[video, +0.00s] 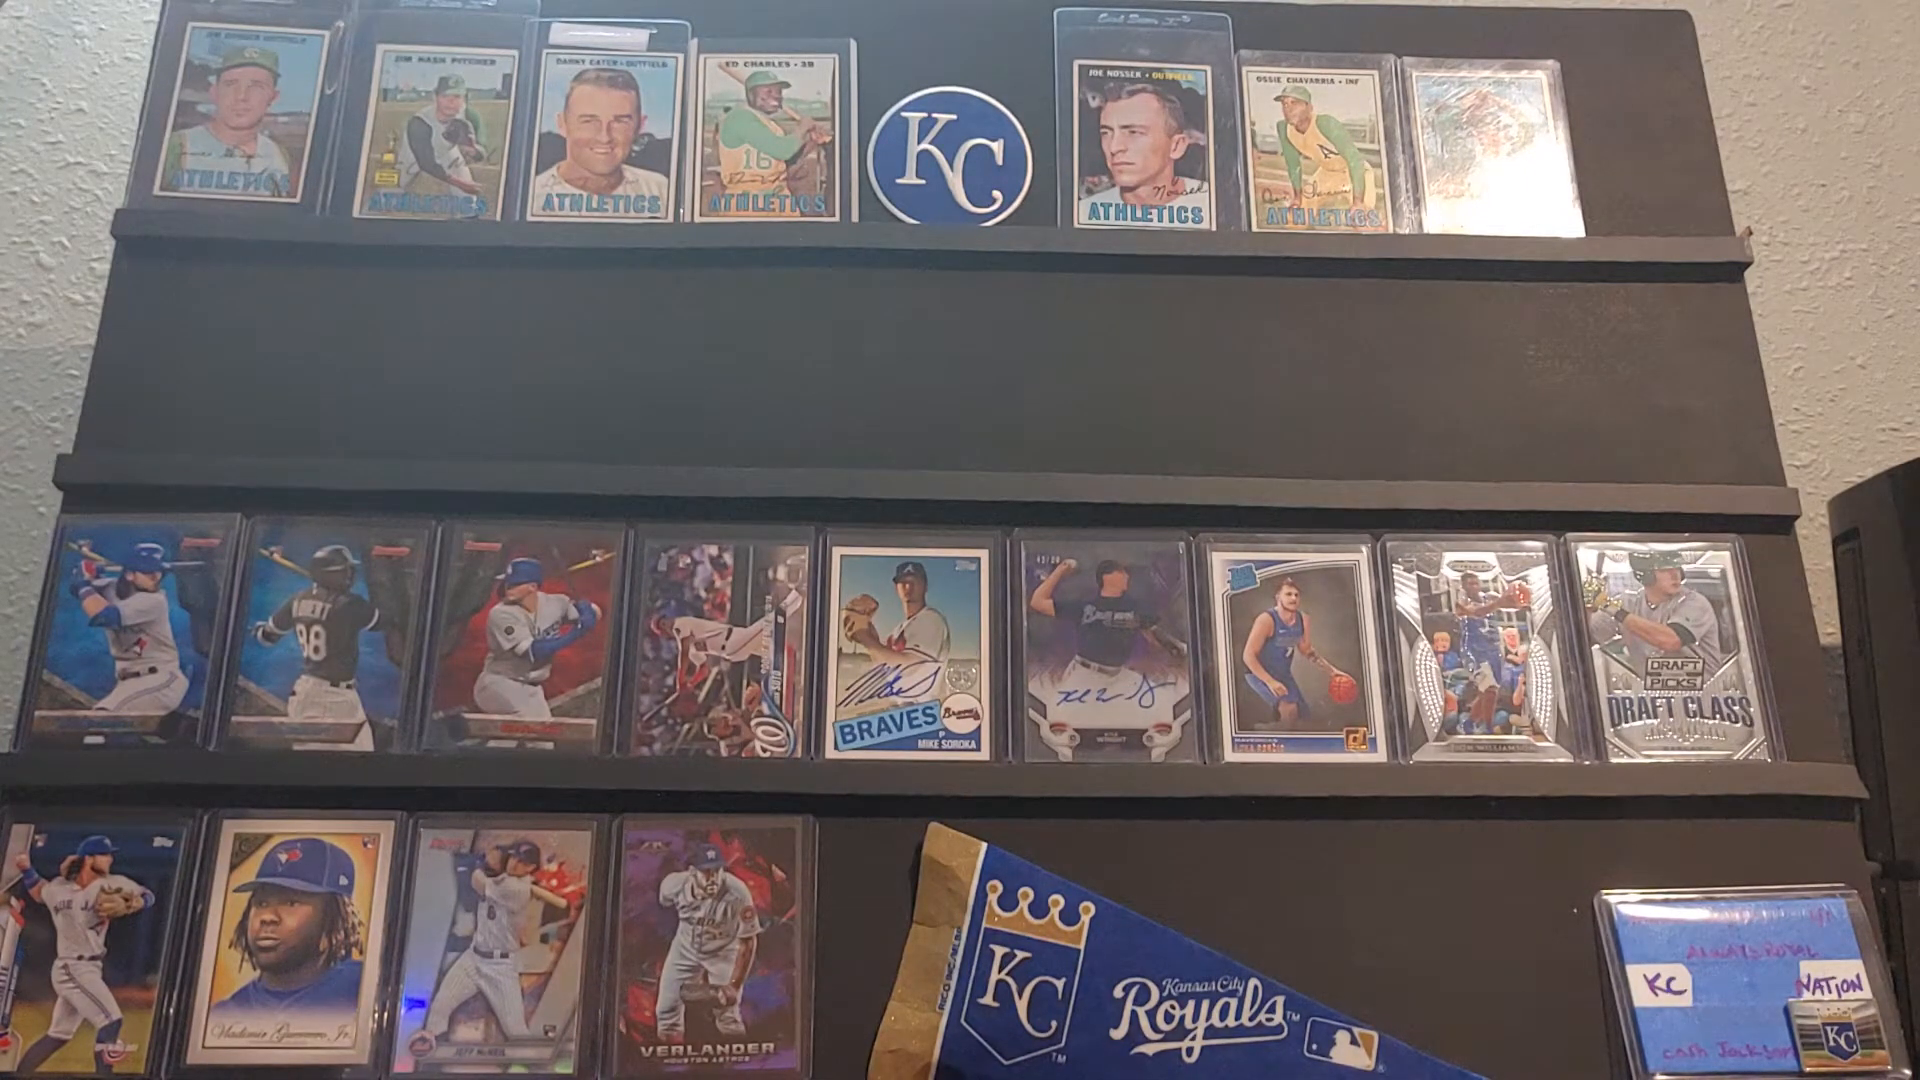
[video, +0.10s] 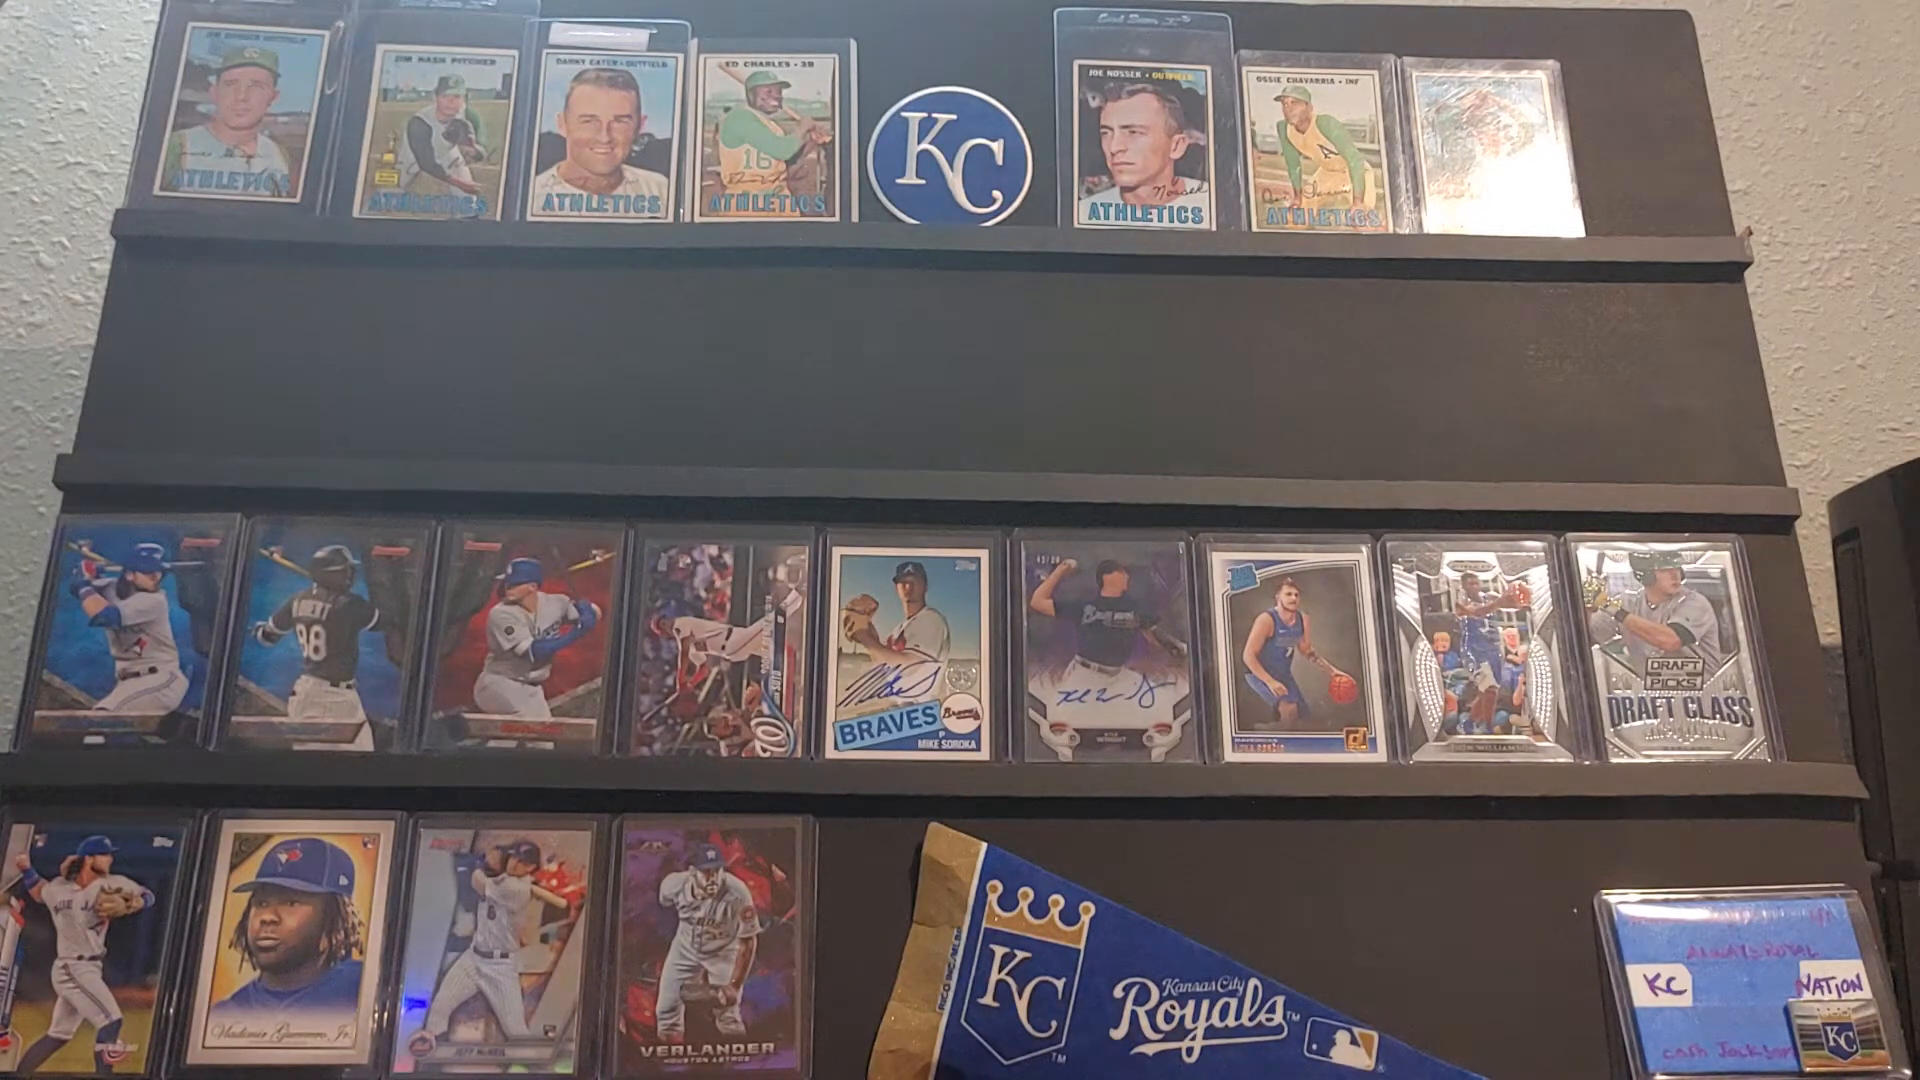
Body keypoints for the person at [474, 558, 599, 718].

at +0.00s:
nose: (507, 588)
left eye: (514, 584)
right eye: (507, 584)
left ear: (532, 587)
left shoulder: (555, 603)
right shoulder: (500, 614)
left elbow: (580, 607)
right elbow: (532, 651)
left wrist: (587, 614)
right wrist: (575, 633)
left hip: (531, 687)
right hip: (497, 683)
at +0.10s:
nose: (507, 588)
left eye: (514, 584)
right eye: (507, 584)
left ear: (532, 587)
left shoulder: (556, 603)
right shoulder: (500, 614)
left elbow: (581, 607)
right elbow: (532, 651)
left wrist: (588, 614)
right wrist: (575, 633)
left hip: (531, 687)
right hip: (497, 683)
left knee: (545, 733)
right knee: (529, 717)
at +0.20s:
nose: (507, 588)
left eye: (514, 584)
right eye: (507, 584)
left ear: (532, 587)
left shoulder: (556, 603)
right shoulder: (500, 614)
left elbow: (579, 607)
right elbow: (532, 651)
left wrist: (587, 613)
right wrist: (575, 633)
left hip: (531, 687)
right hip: (497, 683)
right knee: (530, 715)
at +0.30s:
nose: (507, 588)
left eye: (514, 584)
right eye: (507, 583)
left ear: (532, 587)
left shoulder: (555, 603)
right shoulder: (500, 614)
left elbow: (581, 607)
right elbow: (532, 651)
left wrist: (587, 614)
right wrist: (575, 633)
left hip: (531, 687)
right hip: (496, 683)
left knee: (545, 731)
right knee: (528, 716)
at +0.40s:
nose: (507, 588)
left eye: (514, 584)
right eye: (507, 583)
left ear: (532, 587)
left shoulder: (555, 603)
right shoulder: (500, 614)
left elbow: (580, 607)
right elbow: (532, 651)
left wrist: (588, 614)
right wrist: (576, 633)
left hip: (531, 687)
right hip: (496, 683)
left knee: (545, 732)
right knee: (529, 715)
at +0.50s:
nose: (507, 588)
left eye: (514, 584)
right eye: (507, 583)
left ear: (532, 587)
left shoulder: (554, 603)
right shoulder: (500, 614)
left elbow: (581, 606)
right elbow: (532, 651)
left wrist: (588, 615)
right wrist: (575, 634)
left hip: (531, 687)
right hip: (496, 683)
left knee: (546, 733)